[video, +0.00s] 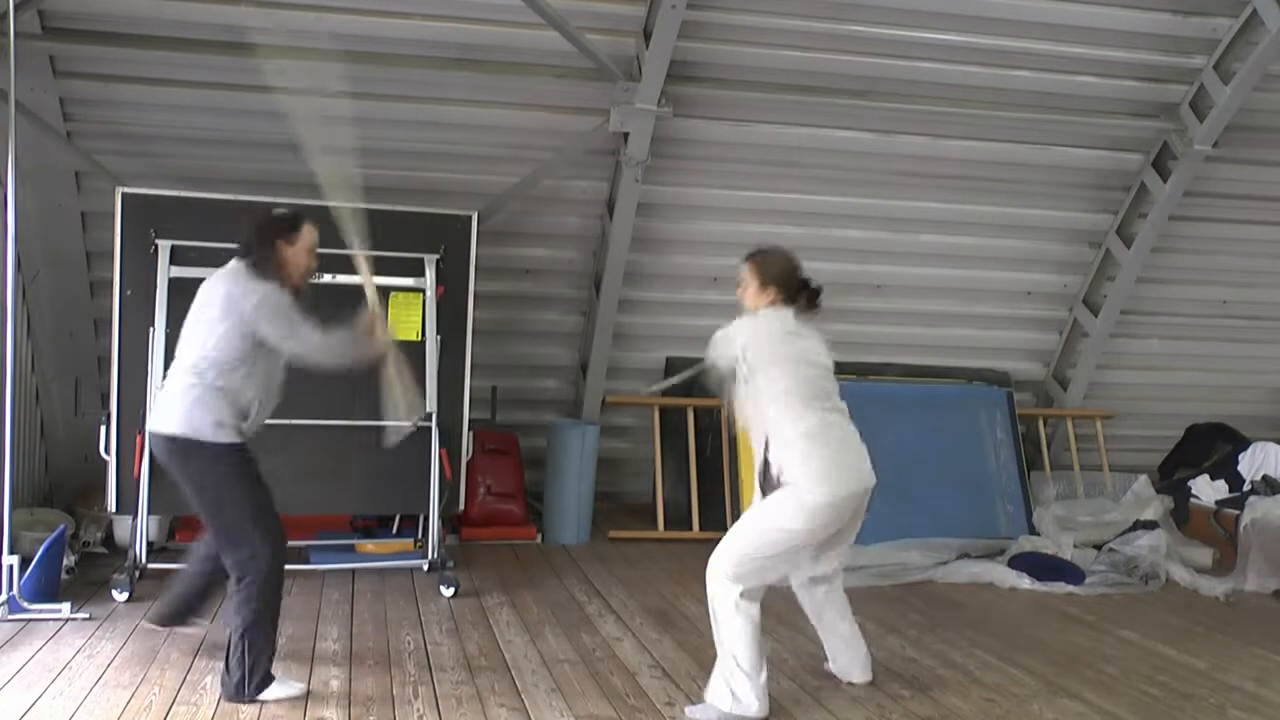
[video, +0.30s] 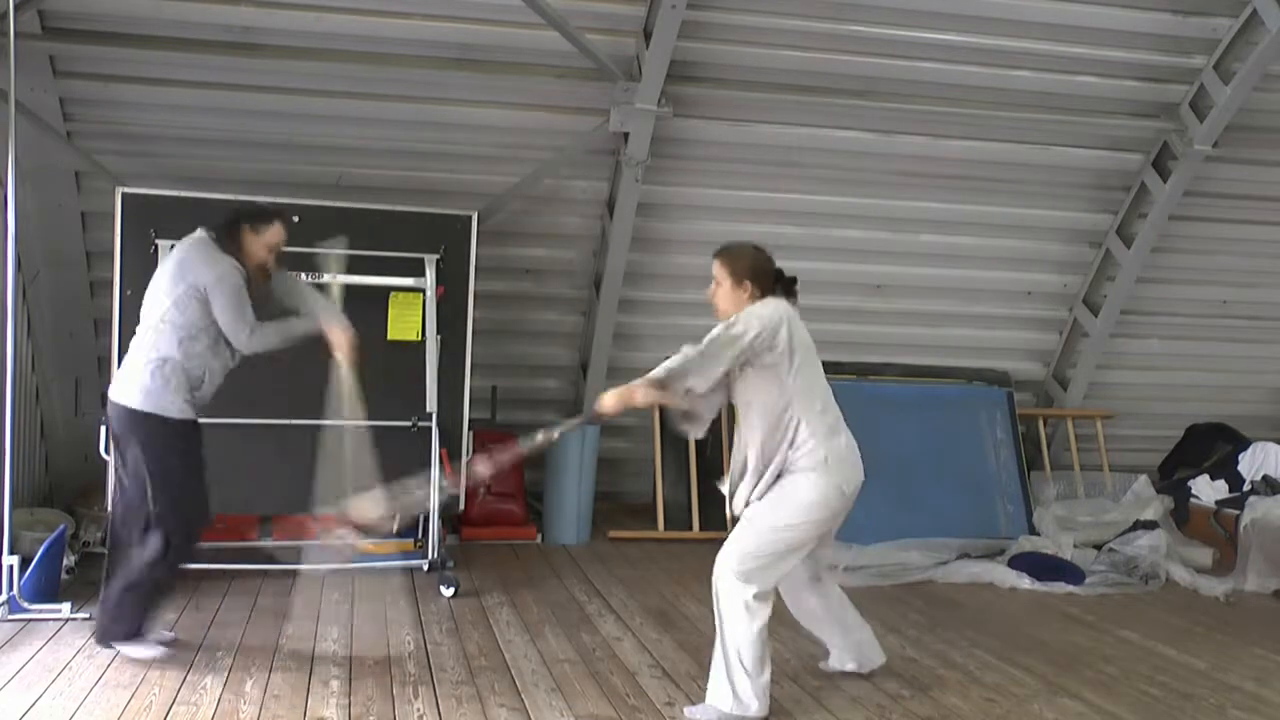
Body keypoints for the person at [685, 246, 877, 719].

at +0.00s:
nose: (738, 292)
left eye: (744, 284)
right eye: (740, 283)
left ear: (766, 290)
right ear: (786, 291)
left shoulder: (749, 329)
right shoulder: (809, 333)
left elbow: (715, 363)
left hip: (812, 487)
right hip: (856, 479)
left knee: (727, 570)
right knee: (814, 571)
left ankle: (739, 697)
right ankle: (853, 664)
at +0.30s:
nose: (711, 293)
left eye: (717, 283)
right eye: (712, 283)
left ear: (746, 286)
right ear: (751, 288)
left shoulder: (770, 314)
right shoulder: (755, 329)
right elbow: (706, 401)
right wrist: (662, 394)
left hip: (818, 471)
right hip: (814, 469)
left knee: (736, 569)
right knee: (795, 566)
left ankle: (739, 701)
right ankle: (856, 651)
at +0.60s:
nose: (751, 262)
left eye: (758, 251)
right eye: (752, 251)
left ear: (785, 255)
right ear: (784, 256)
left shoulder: (815, 301)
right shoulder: (773, 307)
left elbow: (793, 383)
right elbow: (738, 356)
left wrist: (730, 379)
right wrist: (710, 390)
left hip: (835, 454)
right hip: (799, 451)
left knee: (775, 561)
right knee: (786, 560)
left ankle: (743, 698)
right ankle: (819, 668)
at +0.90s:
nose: (810, 246)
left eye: (817, 237)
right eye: (812, 236)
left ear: (845, 242)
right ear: (852, 243)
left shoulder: (836, 293)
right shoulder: (870, 289)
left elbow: (782, 370)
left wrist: (743, 328)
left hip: (857, 448)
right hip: (874, 443)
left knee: (848, 569)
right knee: (821, 557)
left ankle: (916, 683)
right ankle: (820, 669)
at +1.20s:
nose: (852, 243)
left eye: (860, 235)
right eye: (854, 234)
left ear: (888, 245)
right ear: (896, 246)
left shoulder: (871, 300)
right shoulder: (918, 292)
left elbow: (817, 367)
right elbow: (850, 343)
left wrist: (789, 304)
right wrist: (790, 309)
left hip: (897, 457)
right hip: (933, 451)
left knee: (874, 585)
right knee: (902, 561)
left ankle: (909, 705)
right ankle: (945, 647)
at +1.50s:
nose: (916, 242)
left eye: (924, 235)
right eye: (918, 234)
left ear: (950, 244)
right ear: (957, 244)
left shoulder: (914, 282)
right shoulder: (977, 280)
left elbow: (859, 241)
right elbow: (949, 230)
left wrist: (858, 195)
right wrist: (911, 185)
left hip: (949, 445)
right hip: (993, 438)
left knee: (917, 577)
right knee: (982, 563)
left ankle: (910, 701)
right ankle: (994, 668)